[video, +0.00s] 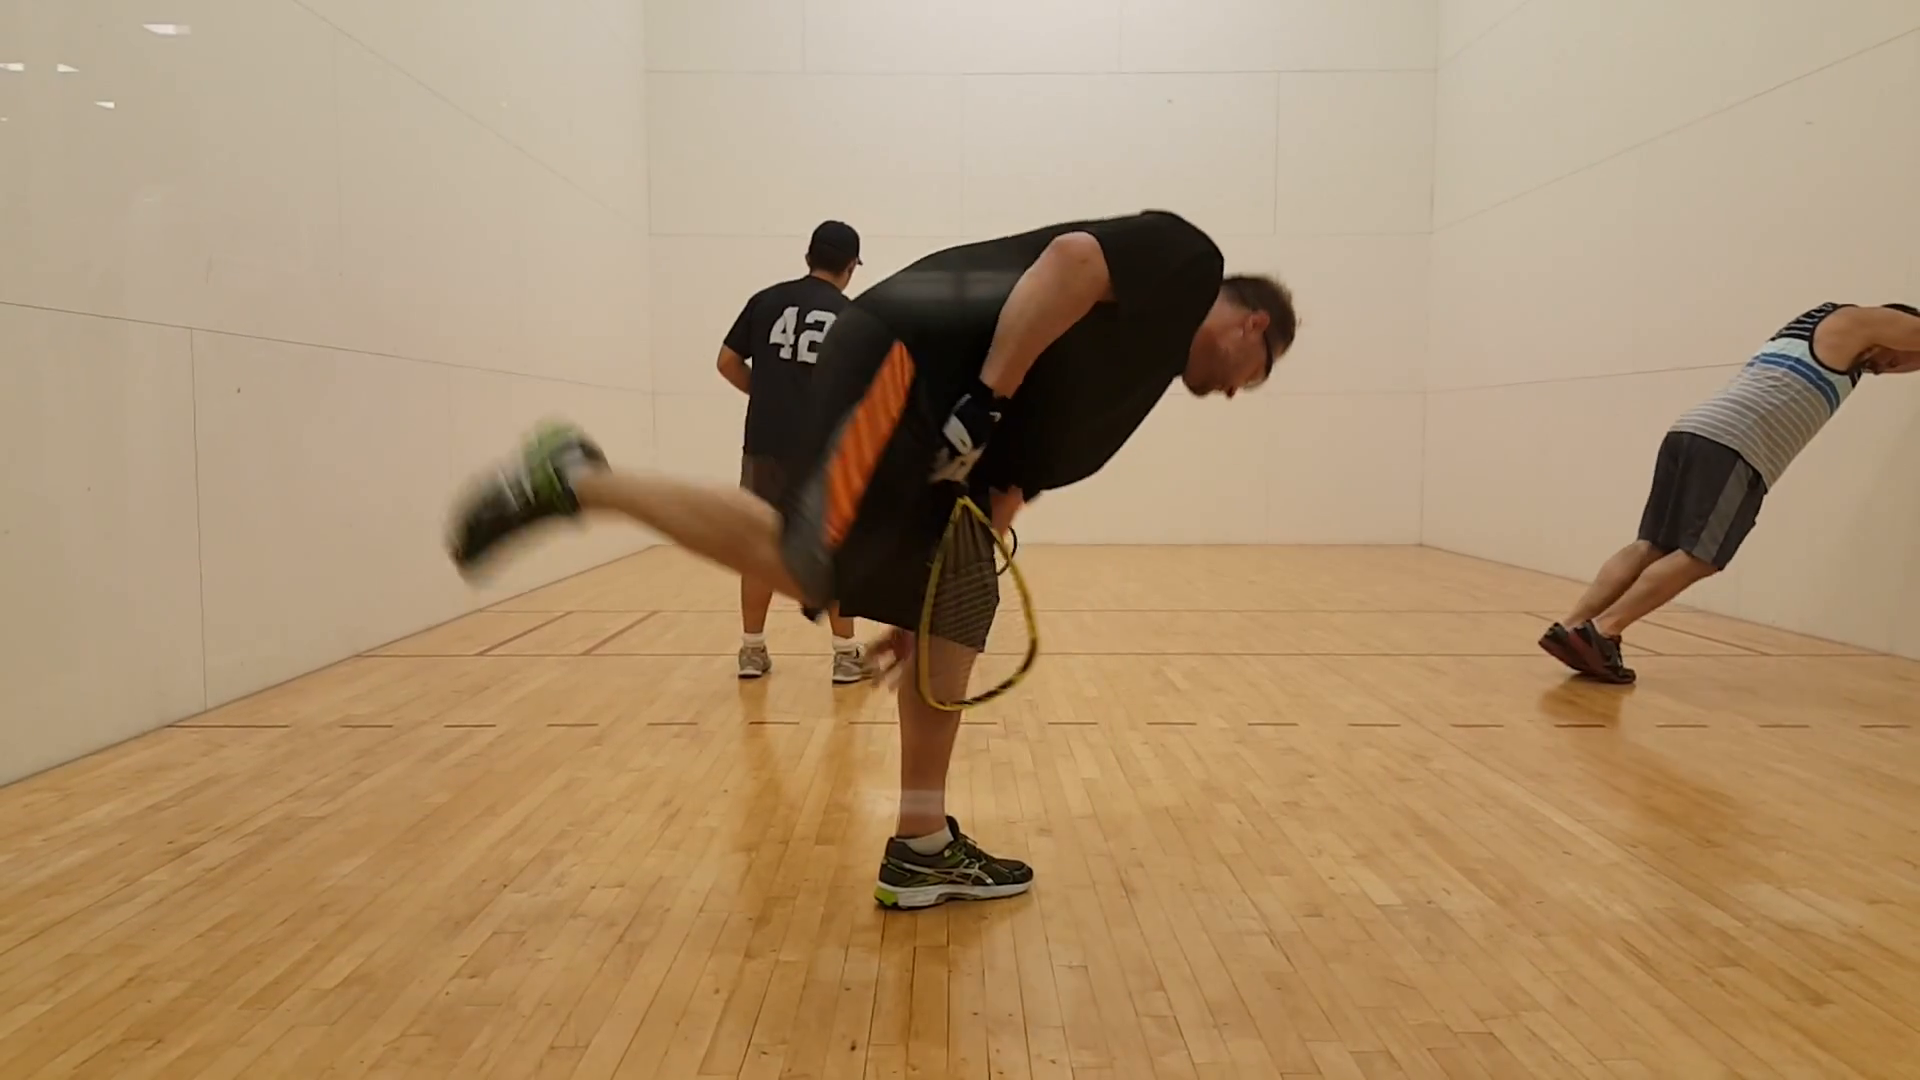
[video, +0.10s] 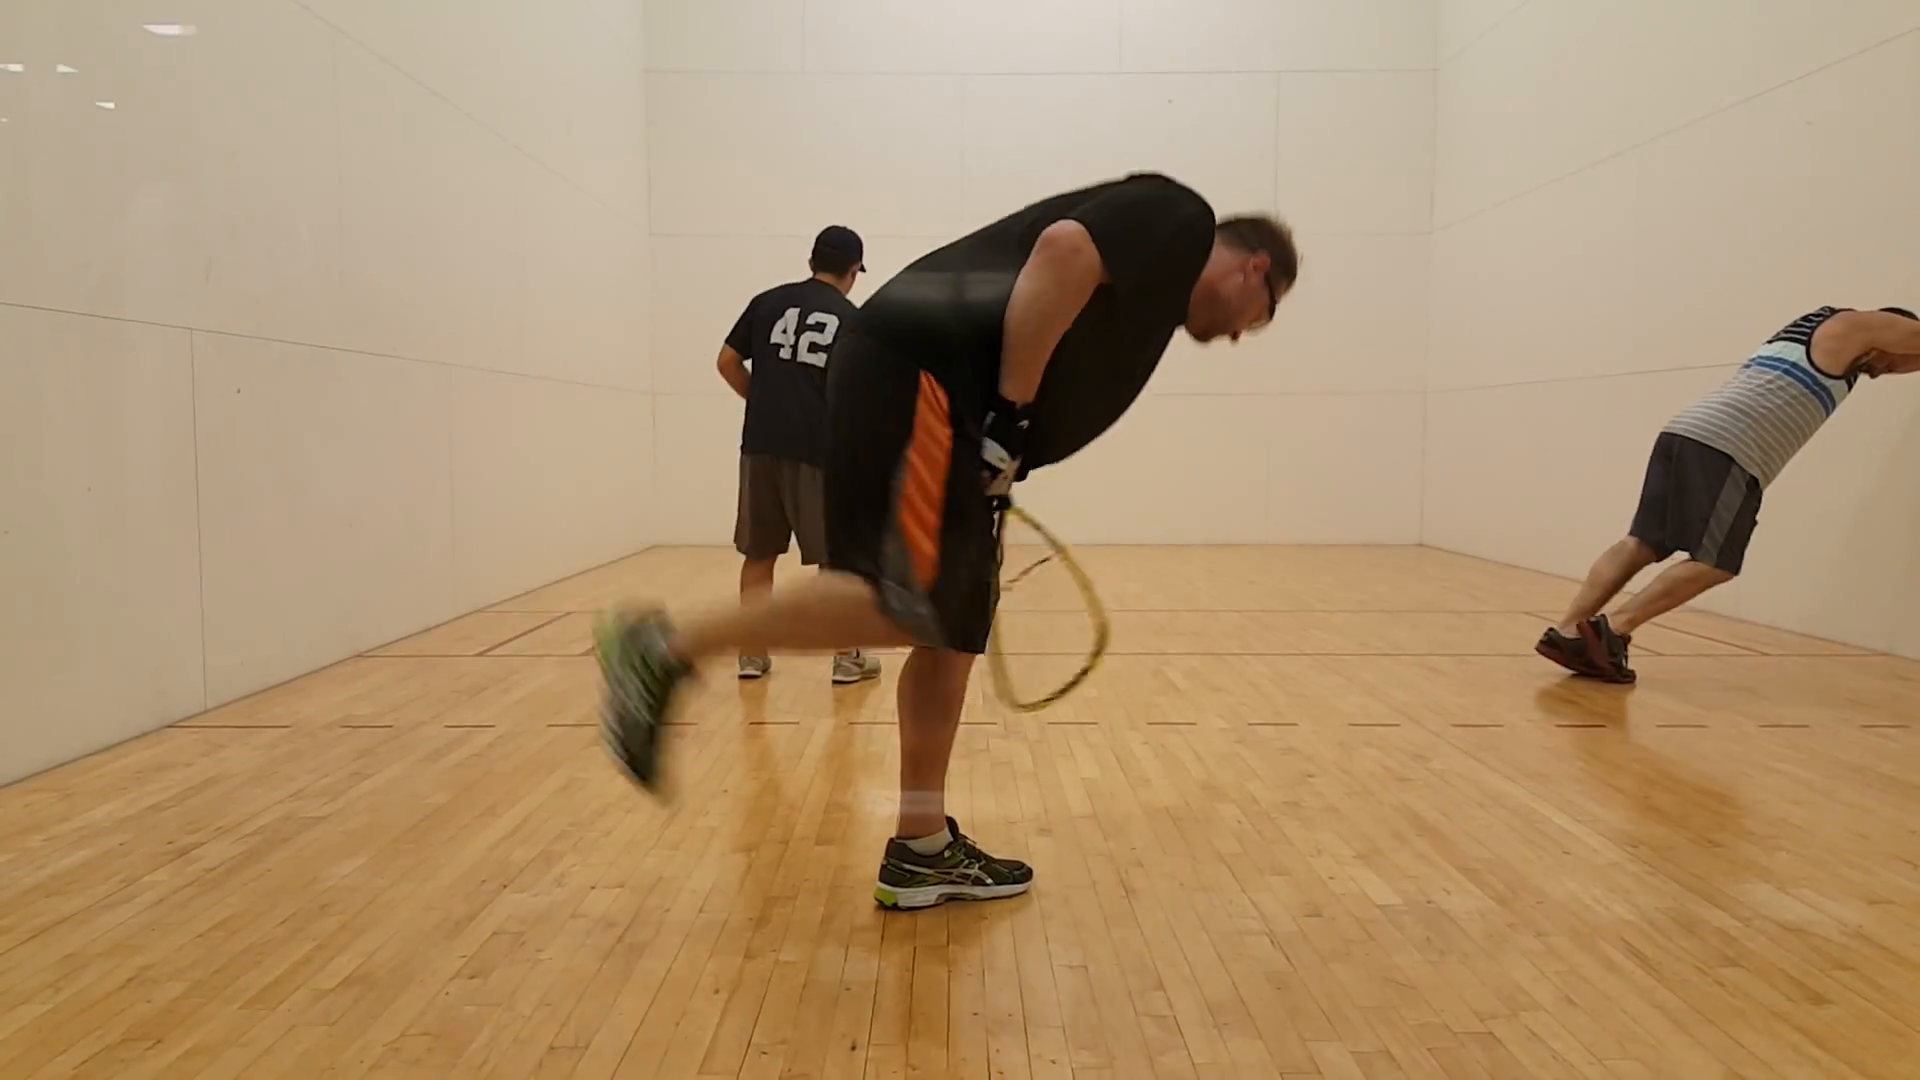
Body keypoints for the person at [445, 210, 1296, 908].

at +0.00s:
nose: (1238, 386)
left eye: (1251, 381)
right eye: (1252, 364)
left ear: (1240, 337)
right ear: (1243, 309)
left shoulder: (1127, 389)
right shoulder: (1183, 254)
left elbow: (1016, 476)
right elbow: (1071, 265)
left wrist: (955, 599)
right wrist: (986, 404)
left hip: (968, 433)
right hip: (915, 356)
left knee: (943, 621)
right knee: (809, 571)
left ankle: (922, 848)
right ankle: (581, 480)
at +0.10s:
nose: (1245, 330)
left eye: (1257, 323)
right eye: (1258, 309)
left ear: (1243, 269)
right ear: (1247, 259)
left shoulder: (1140, 301)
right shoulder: (1177, 212)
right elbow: (1065, 249)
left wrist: (1000, 464)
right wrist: (1012, 412)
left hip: (963, 401)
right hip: (921, 361)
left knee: (955, 622)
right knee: (904, 605)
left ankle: (922, 846)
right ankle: (664, 645)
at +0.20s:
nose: (1250, 259)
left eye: (1265, 249)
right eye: (1264, 236)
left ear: (1240, 197)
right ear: (1248, 192)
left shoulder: (1146, 236)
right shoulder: (1168, 165)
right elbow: (1058, 238)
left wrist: (1027, 431)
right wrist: (1037, 407)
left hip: (933, 371)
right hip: (943, 368)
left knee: (951, 617)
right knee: (972, 611)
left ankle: (923, 844)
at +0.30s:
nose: (1249, 185)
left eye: (1263, 173)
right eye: (1261, 161)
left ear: (1228, 112)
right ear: (1239, 118)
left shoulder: (1122, 123)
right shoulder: (1164, 121)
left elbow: (1024, 243)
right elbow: (1068, 226)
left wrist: (1055, 417)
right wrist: (1062, 396)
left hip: (922, 361)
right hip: (975, 370)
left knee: (945, 626)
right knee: (999, 631)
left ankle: (922, 848)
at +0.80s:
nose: (1322, 29)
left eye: (1329, 19)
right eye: (1329, 12)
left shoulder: (1118, 23)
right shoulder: (1231, 54)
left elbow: (1059, 220)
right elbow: (1193, 270)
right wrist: (1200, 453)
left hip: (992, 374)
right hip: (1086, 397)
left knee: (975, 607)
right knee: (1078, 665)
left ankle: (887, 823)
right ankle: (1064, 918)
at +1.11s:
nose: (1412, 50)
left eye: (1427, 31)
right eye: (1423, 22)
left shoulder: (1204, 23)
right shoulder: (1294, 73)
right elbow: (1228, 294)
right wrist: (1211, 487)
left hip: (1008, 360)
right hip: (1100, 399)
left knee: (929, 577)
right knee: (1085, 661)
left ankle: (763, 749)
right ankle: (1066, 915)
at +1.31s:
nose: (1472, 92)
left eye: (1490, 72)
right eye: (1486, 60)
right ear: (1441, 9)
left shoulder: (1251, 14)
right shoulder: (1356, 127)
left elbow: (1127, 164)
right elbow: (1296, 364)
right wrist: (1257, 550)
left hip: (998, 322)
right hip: (1103, 390)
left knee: (882, 516)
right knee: (1098, 659)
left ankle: (686, 643)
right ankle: (1070, 916)